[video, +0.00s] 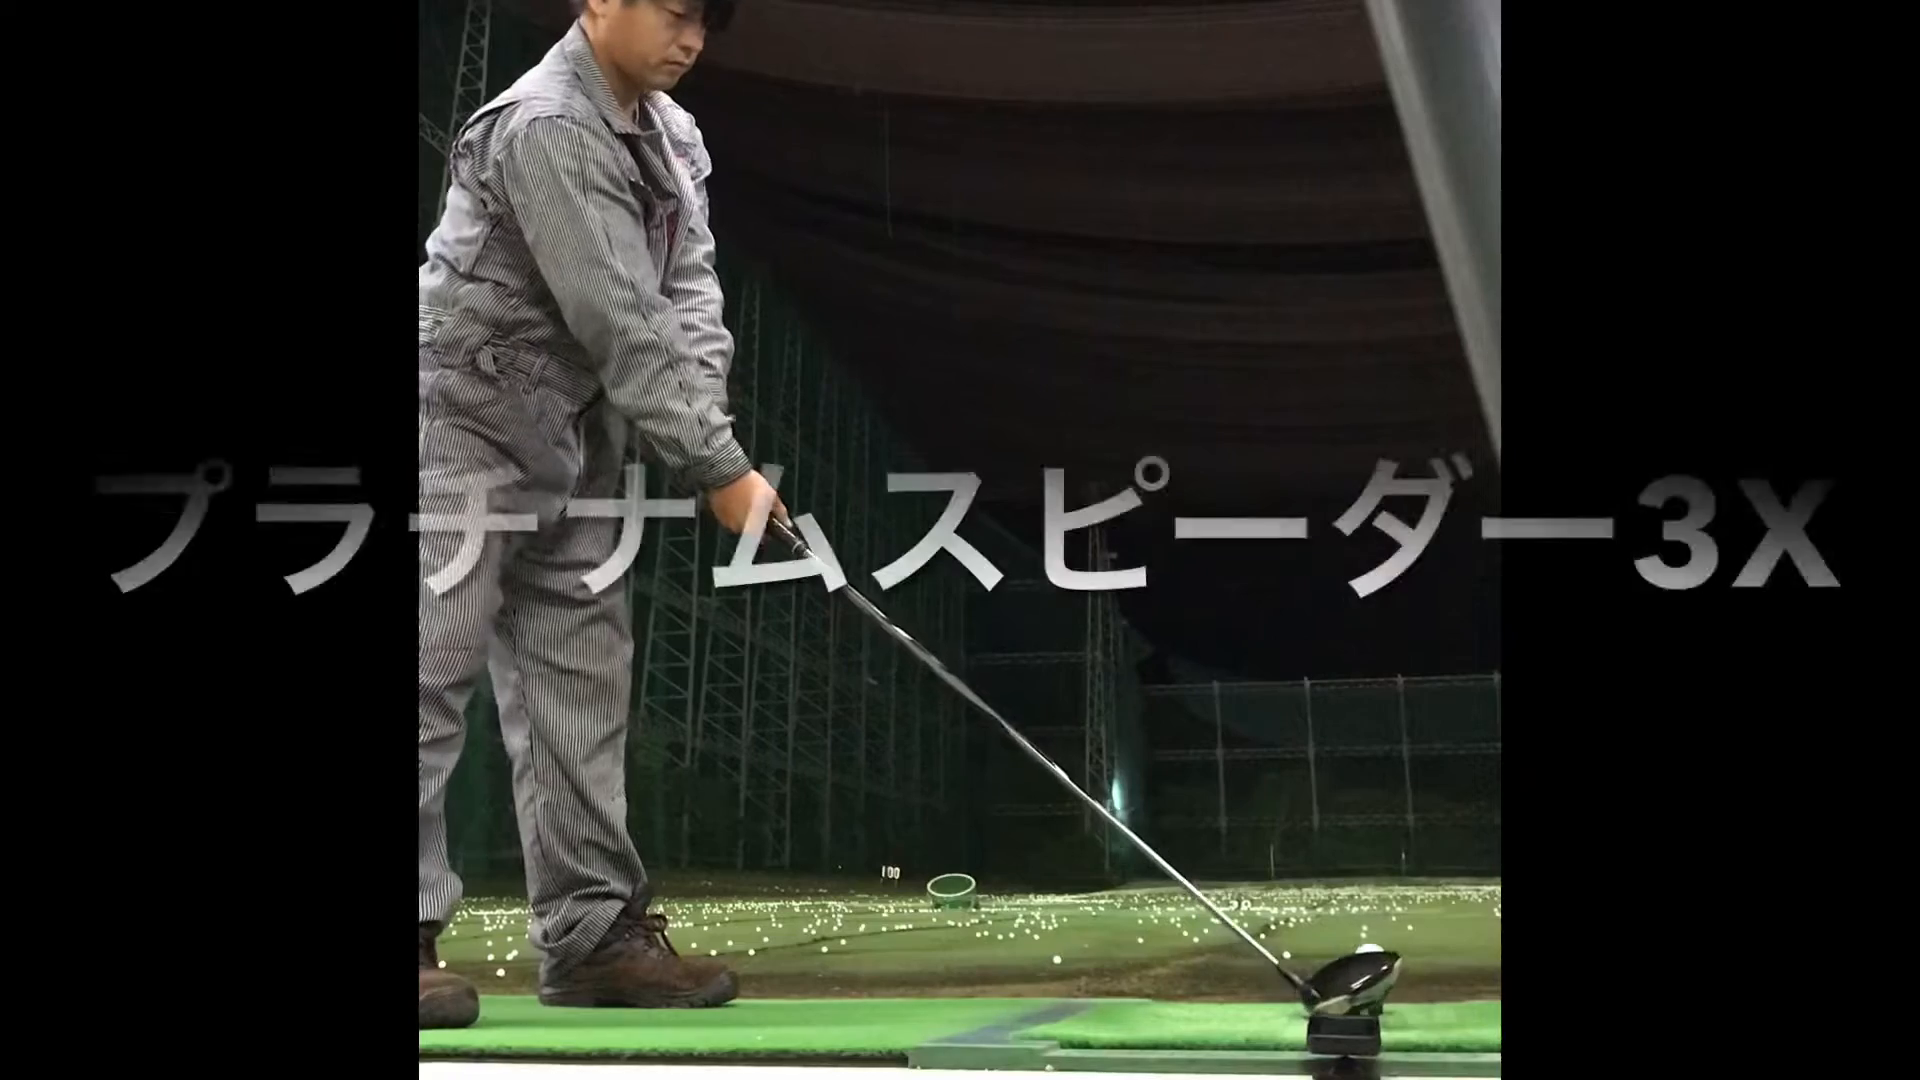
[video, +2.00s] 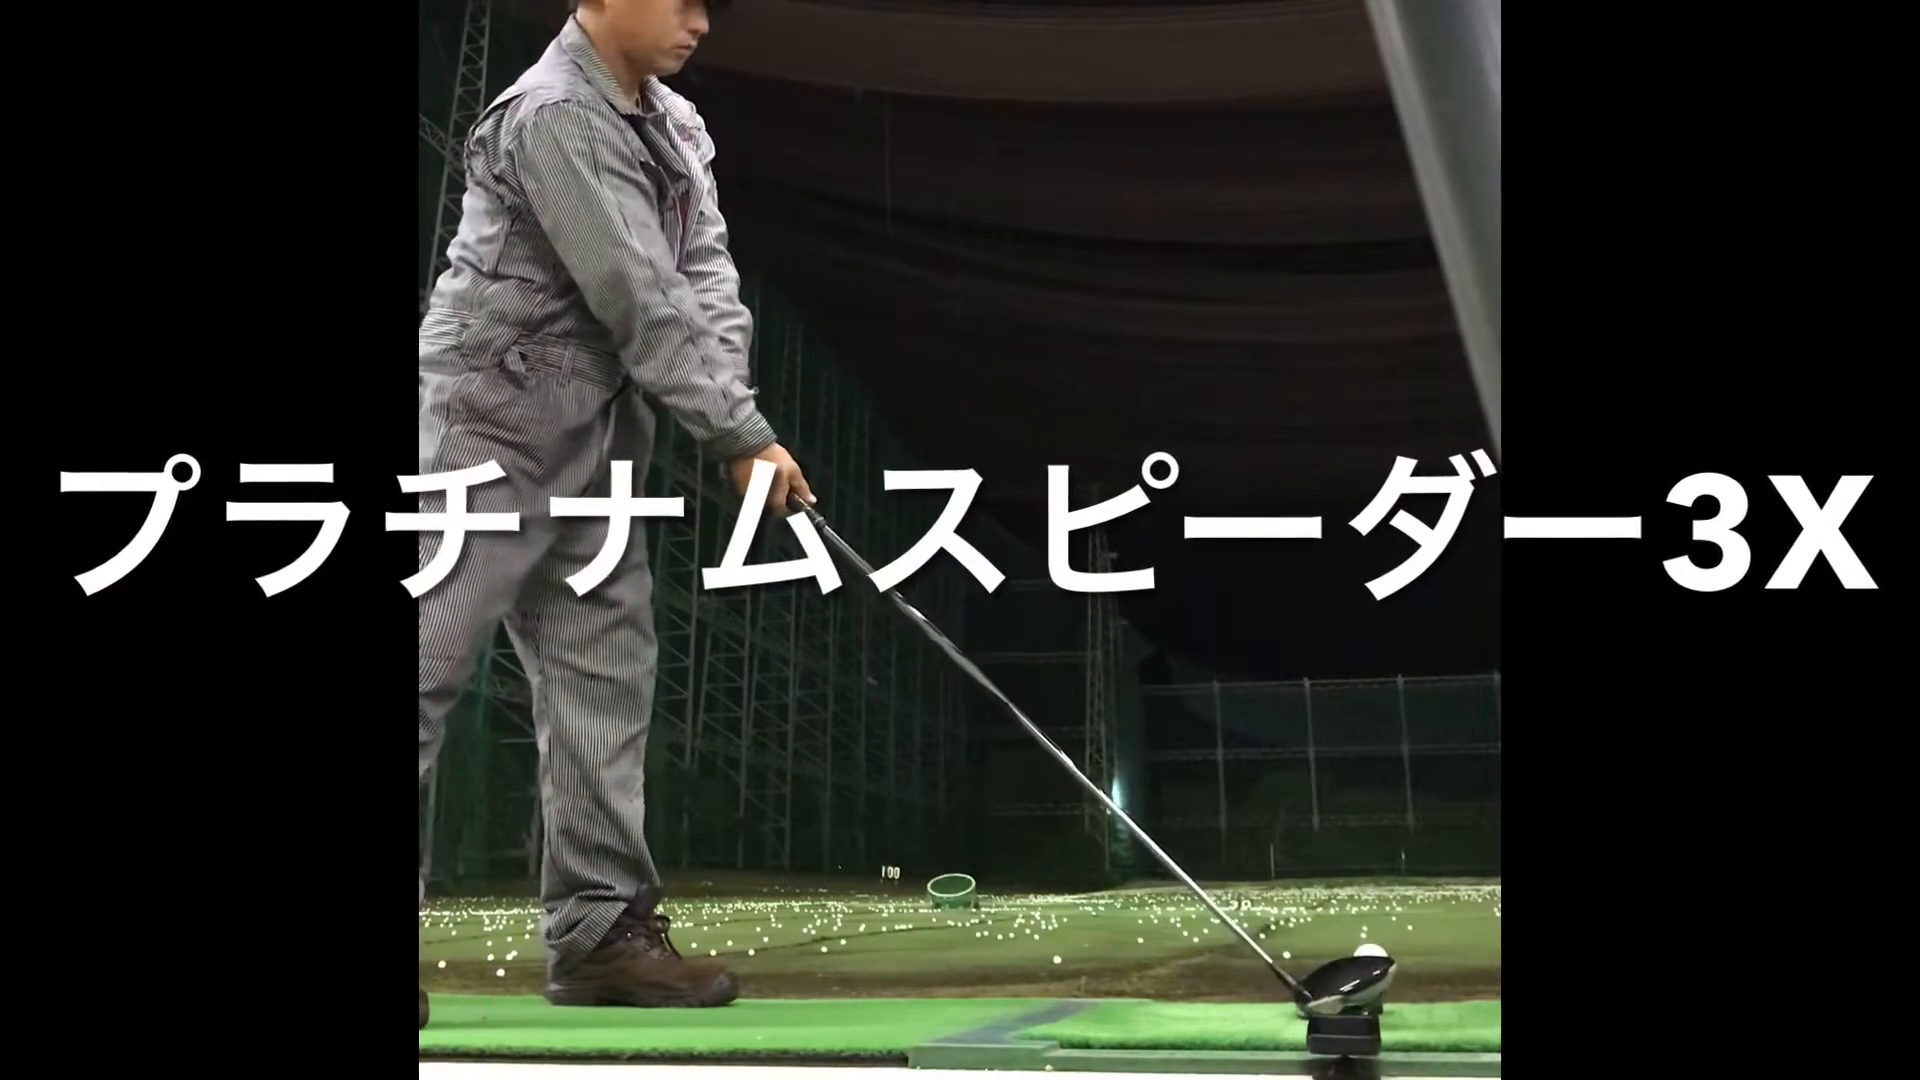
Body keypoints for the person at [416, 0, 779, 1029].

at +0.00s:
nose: (692, 39)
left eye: (701, 20)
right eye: (671, 15)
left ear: (699, 30)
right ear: (597, 9)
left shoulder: (675, 132)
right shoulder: (548, 125)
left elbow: (694, 294)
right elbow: (615, 318)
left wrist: (701, 428)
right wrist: (719, 467)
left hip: (578, 443)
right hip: (463, 430)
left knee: (576, 680)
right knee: (435, 679)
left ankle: (590, 938)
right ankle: (416, 946)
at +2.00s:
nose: (702, 20)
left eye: (704, 4)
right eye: (683, 0)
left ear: (670, 16)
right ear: (605, 2)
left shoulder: (676, 121)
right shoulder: (554, 113)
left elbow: (708, 277)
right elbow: (637, 295)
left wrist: (730, 419)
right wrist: (743, 434)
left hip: (591, 448)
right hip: (480, 436)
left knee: (602, 682)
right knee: (430, 683)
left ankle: (598, 935)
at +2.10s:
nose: (712, 15)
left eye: (712, 2)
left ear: (648, 12)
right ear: (624, 2)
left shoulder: (680, 122)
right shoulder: (554, 112)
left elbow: (702, 288)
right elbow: (620, 302)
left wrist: (714, 428)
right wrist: (726, 445)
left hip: (588, 455)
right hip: (476, 442)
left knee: (598, 683)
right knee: (428, 681)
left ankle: (597, 937)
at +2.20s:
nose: (716, 13)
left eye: (713, 0)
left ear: (652, 14)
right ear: (652, 7)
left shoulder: (683, 121)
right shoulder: (551, 116)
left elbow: (699, 292)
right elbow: (613, 309)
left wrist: (694, 420)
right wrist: (720, 451)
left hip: (586, 448)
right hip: (472, 437)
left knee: (598, 680)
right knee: (426, 682)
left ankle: (597, 938)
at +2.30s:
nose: (714, 19)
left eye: (712, 4)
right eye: (705, 4)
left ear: (659, 13)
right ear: (660, 9)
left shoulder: (678, 125)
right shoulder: (548, 115)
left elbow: (697, 289)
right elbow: (614, 304)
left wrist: (712, 421)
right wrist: (729, 440)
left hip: (586, 455)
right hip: (476, 442)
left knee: (595, 686)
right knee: (426, 687)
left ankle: (597, 937)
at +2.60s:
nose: (710, 24)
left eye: (711, 8)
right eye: (704, 7)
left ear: (655, 12)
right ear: (657, 7)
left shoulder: (671, 127)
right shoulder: (544, 109)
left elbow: (696, 283)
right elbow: (617, 294)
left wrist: (732, 416)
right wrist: (749, 423)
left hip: (579, 456)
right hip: (467, 443)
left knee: (595, 681)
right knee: (427, 685)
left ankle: (598, 935)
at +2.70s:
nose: (711, 30)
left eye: (712, 12)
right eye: (700, 10)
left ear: (647, 16)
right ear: (634, 5)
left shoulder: (671, 131)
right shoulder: (546, 107)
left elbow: (698, 284)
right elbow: (623, 287)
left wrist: (736, 416)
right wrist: (753, 422)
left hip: (576, 454)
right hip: (467, 440)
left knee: (593, 683)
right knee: (425, 683)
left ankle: (598, 936)